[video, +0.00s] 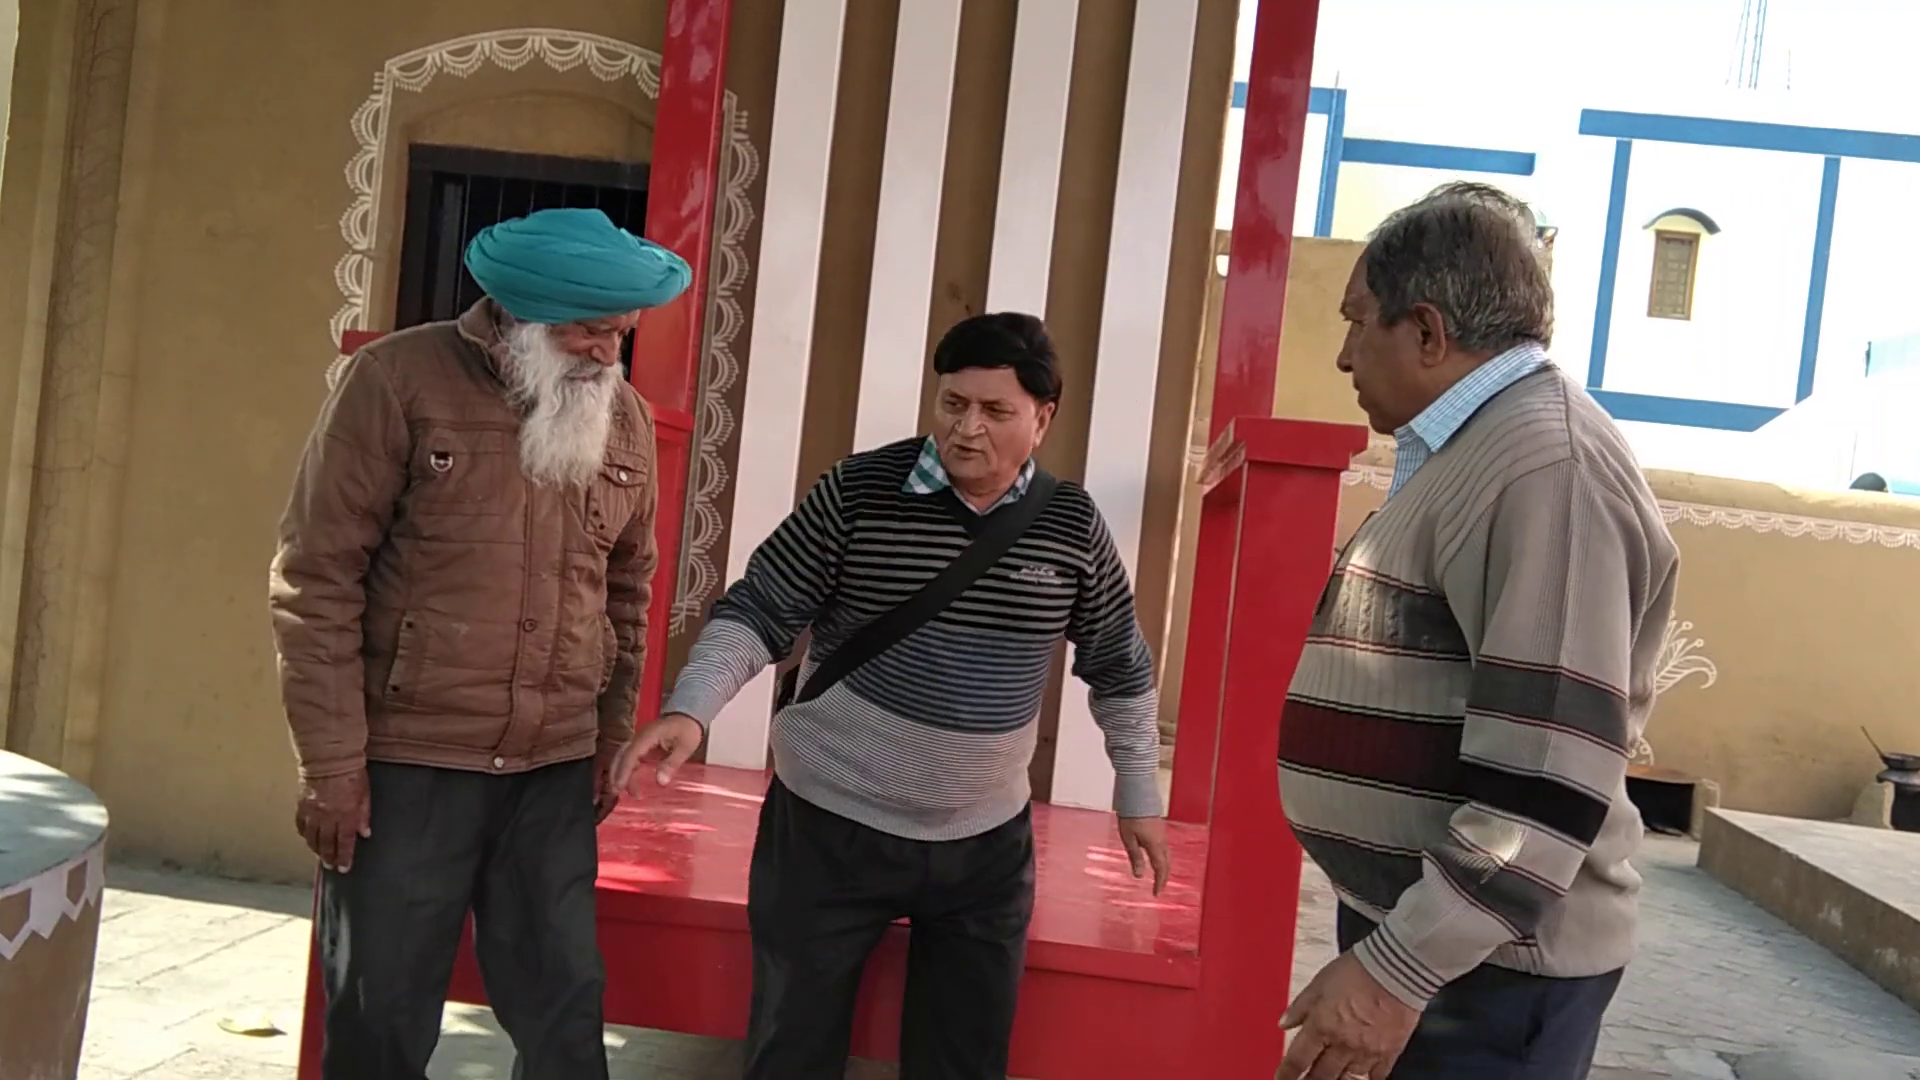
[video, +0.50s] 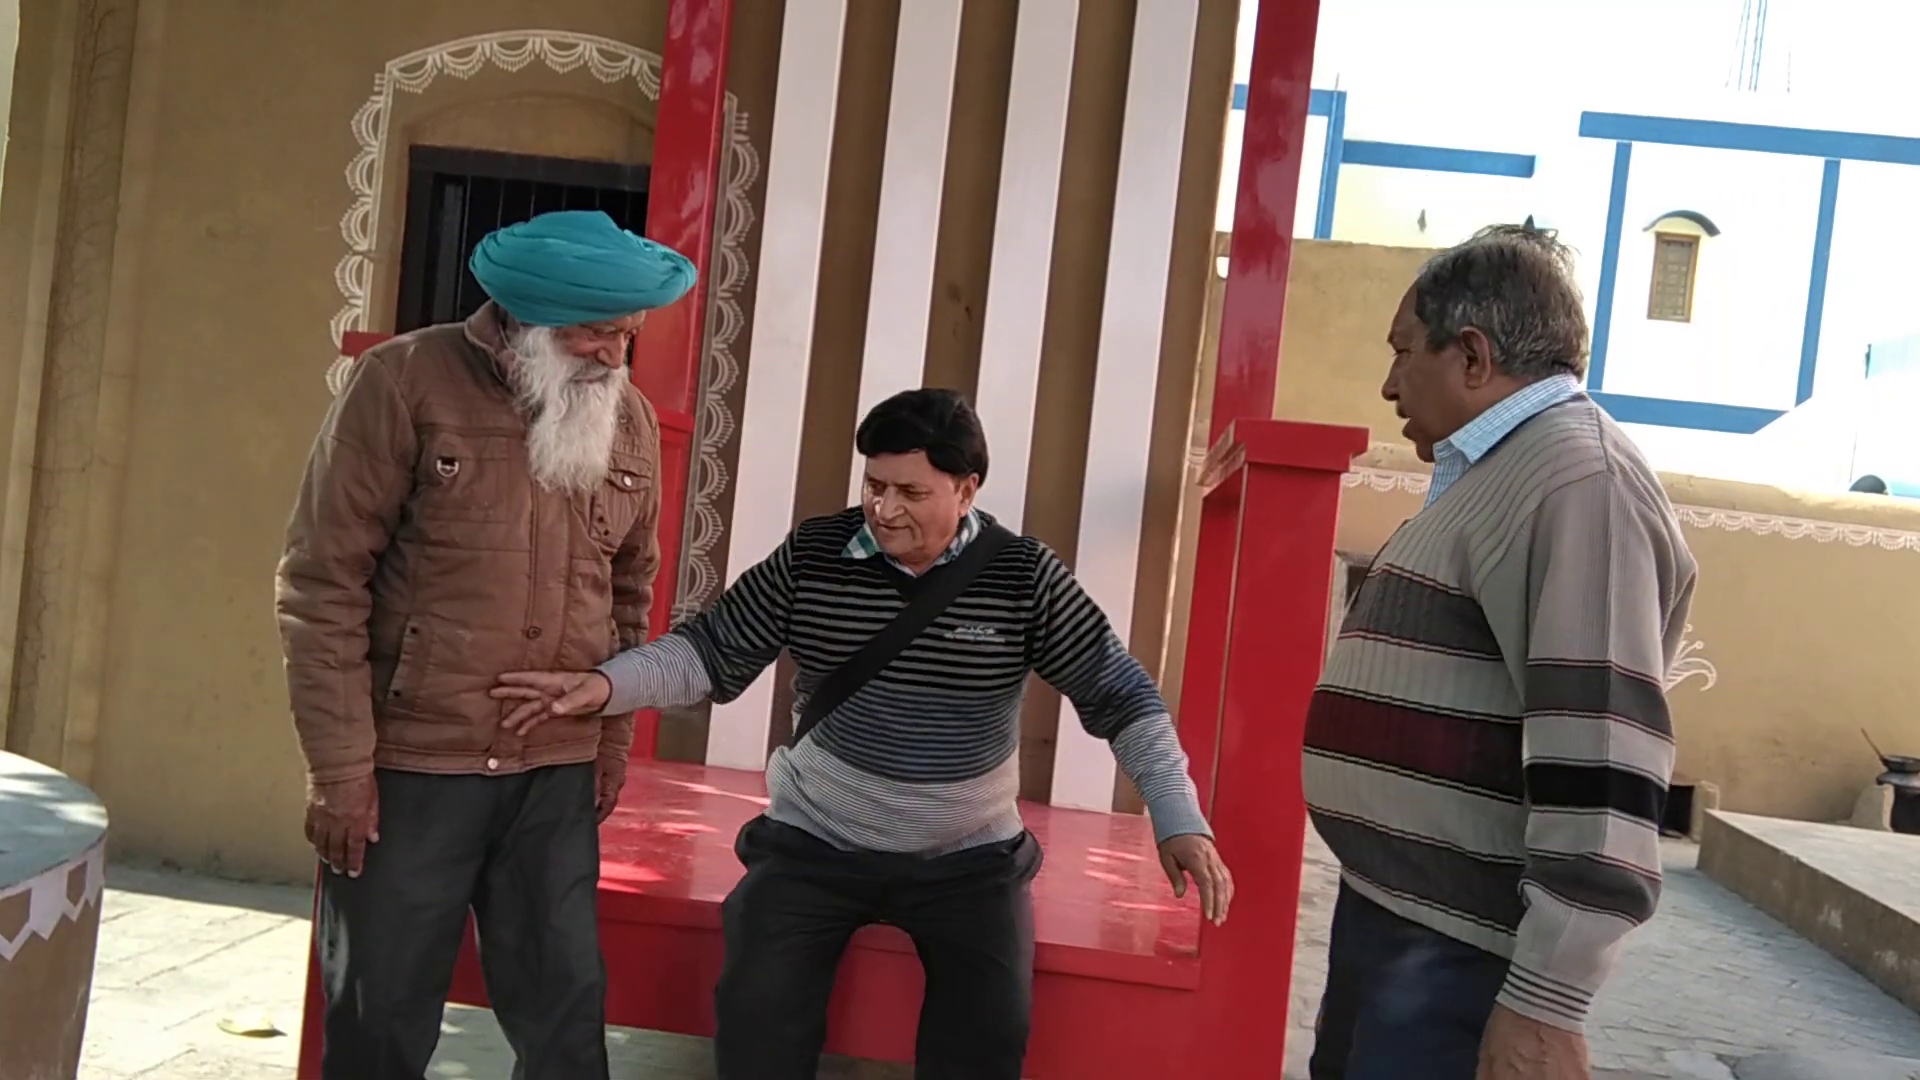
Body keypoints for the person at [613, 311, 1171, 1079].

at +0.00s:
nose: (969, 427)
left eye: (995, 409)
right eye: (954, 404)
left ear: (1043, 418)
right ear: (932, 401)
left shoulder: (1070, 525)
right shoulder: (859, 490)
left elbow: (1118, 664)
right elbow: (763, 605)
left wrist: (1138, 794)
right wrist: (689, 707)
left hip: (982, 841)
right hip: (827, 826)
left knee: (964, 1065)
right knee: (792, 1058)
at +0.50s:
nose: (884, 506)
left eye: (908, 491)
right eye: (874, 484)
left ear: (966, 489)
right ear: (859, 474)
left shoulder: (1022, 576)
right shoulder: (814, 554)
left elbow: (1124, 698)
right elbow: (709, 651)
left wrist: (1181, 819)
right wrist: (605, 683)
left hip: (968, 851)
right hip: (812, 836)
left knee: (988, 1024)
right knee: (756, 1009)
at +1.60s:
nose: (932, 511)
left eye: (955, 496)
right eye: (918, 492)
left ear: (992, 510)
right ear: (897, 496)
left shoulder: (1029, 608)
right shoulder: (832, 583)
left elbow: (1111, 708)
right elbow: (732, 657)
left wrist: (1156, 788)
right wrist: (636, 685)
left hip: (964, 851)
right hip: (819, 838)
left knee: (998, 1006)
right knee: (755, 994)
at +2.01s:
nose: (893, 509)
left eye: (916, 497)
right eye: (890, 493)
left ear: (974, 516)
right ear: (881, 499)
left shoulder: (1028, 611)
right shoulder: (829, 587)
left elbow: (1101, 703)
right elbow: (734, 653)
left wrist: (1135, 766)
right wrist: (648, 684)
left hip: (960, 849)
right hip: (815, 836)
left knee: (1003, 1003)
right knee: (743, 1001)